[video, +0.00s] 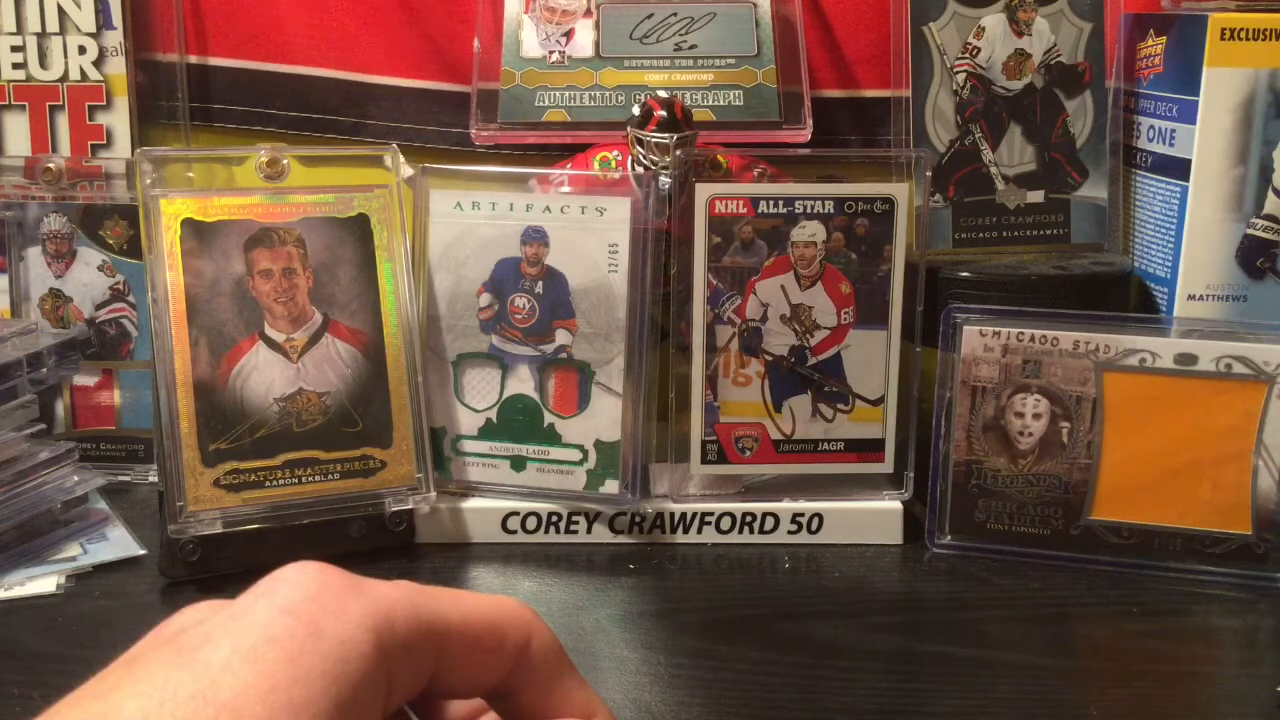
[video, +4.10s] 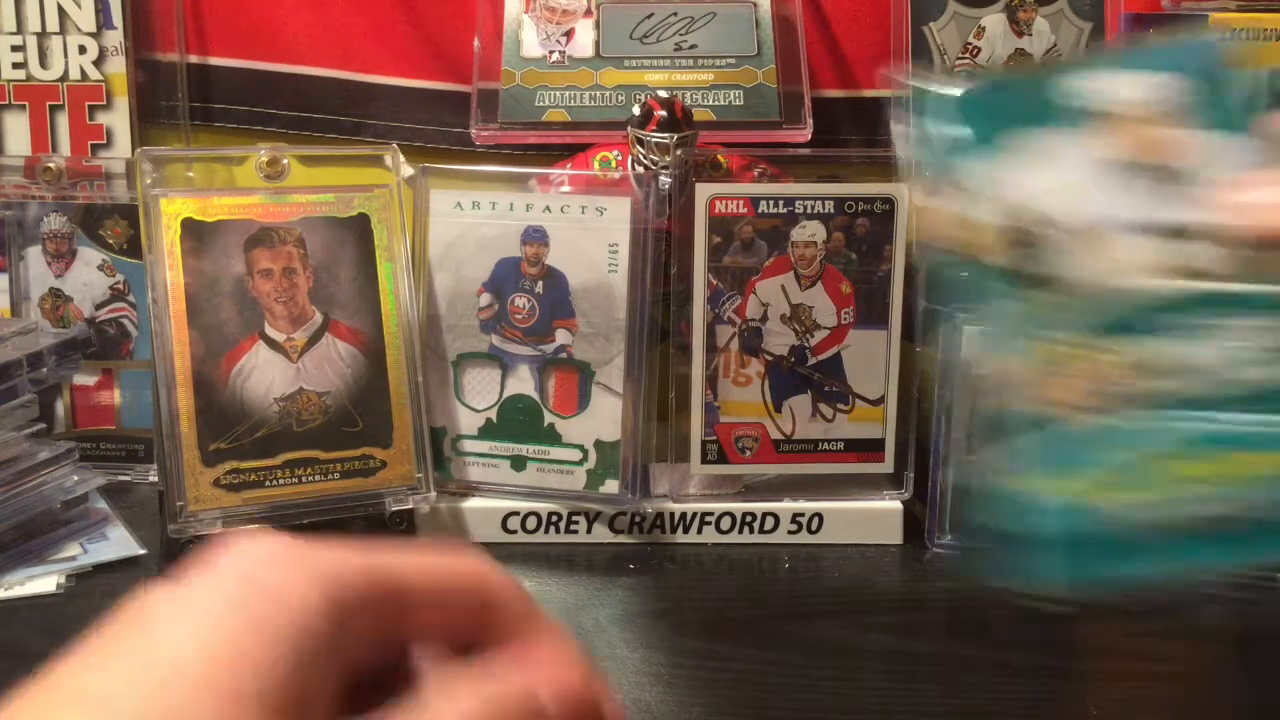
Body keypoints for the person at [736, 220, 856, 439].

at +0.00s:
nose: (801, 253)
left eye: (807, 247)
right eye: (796, 247)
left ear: (821, 249)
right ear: (790, 249)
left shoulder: (838, 285)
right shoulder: (773, 272)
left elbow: (843, 330)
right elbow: (754, 294)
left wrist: (810, 353)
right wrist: (750, 326)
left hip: (823, 353)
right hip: (780, 353)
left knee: (833, 413)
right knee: (799, 410)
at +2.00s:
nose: (801, 253)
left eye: (807, 247)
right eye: (796, 247)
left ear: (821, 249)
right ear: (790, 248)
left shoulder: (838, 285)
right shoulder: (773, 271)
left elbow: (843, 329)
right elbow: (754, 293)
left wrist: (810, 352)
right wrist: (750, 326)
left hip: (823, 353)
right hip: (780, 353)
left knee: (832, 412)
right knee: (799, 410)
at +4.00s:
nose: (801, 253)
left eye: (808, 247)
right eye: (796, 247)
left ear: (821, 249)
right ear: (790, 249)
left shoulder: (838, 285)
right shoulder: (774, 271)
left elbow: (842, 330)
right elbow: (754, 292)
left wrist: (810, 352)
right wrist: (751, 326)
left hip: (823, 354)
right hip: (780, 354)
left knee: (833, 413)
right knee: (797, 412)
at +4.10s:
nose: (801, 253)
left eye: (808, 247)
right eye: (797, 247)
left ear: (821, 249)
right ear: (790, 249)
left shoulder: (838, 285)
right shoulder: (774, 271)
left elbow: (842, 331)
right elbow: (754, 292)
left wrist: (809, 352)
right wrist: (751, 326)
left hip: (823, 354)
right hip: (780, 354)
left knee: (833, 414)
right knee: (797, 412)